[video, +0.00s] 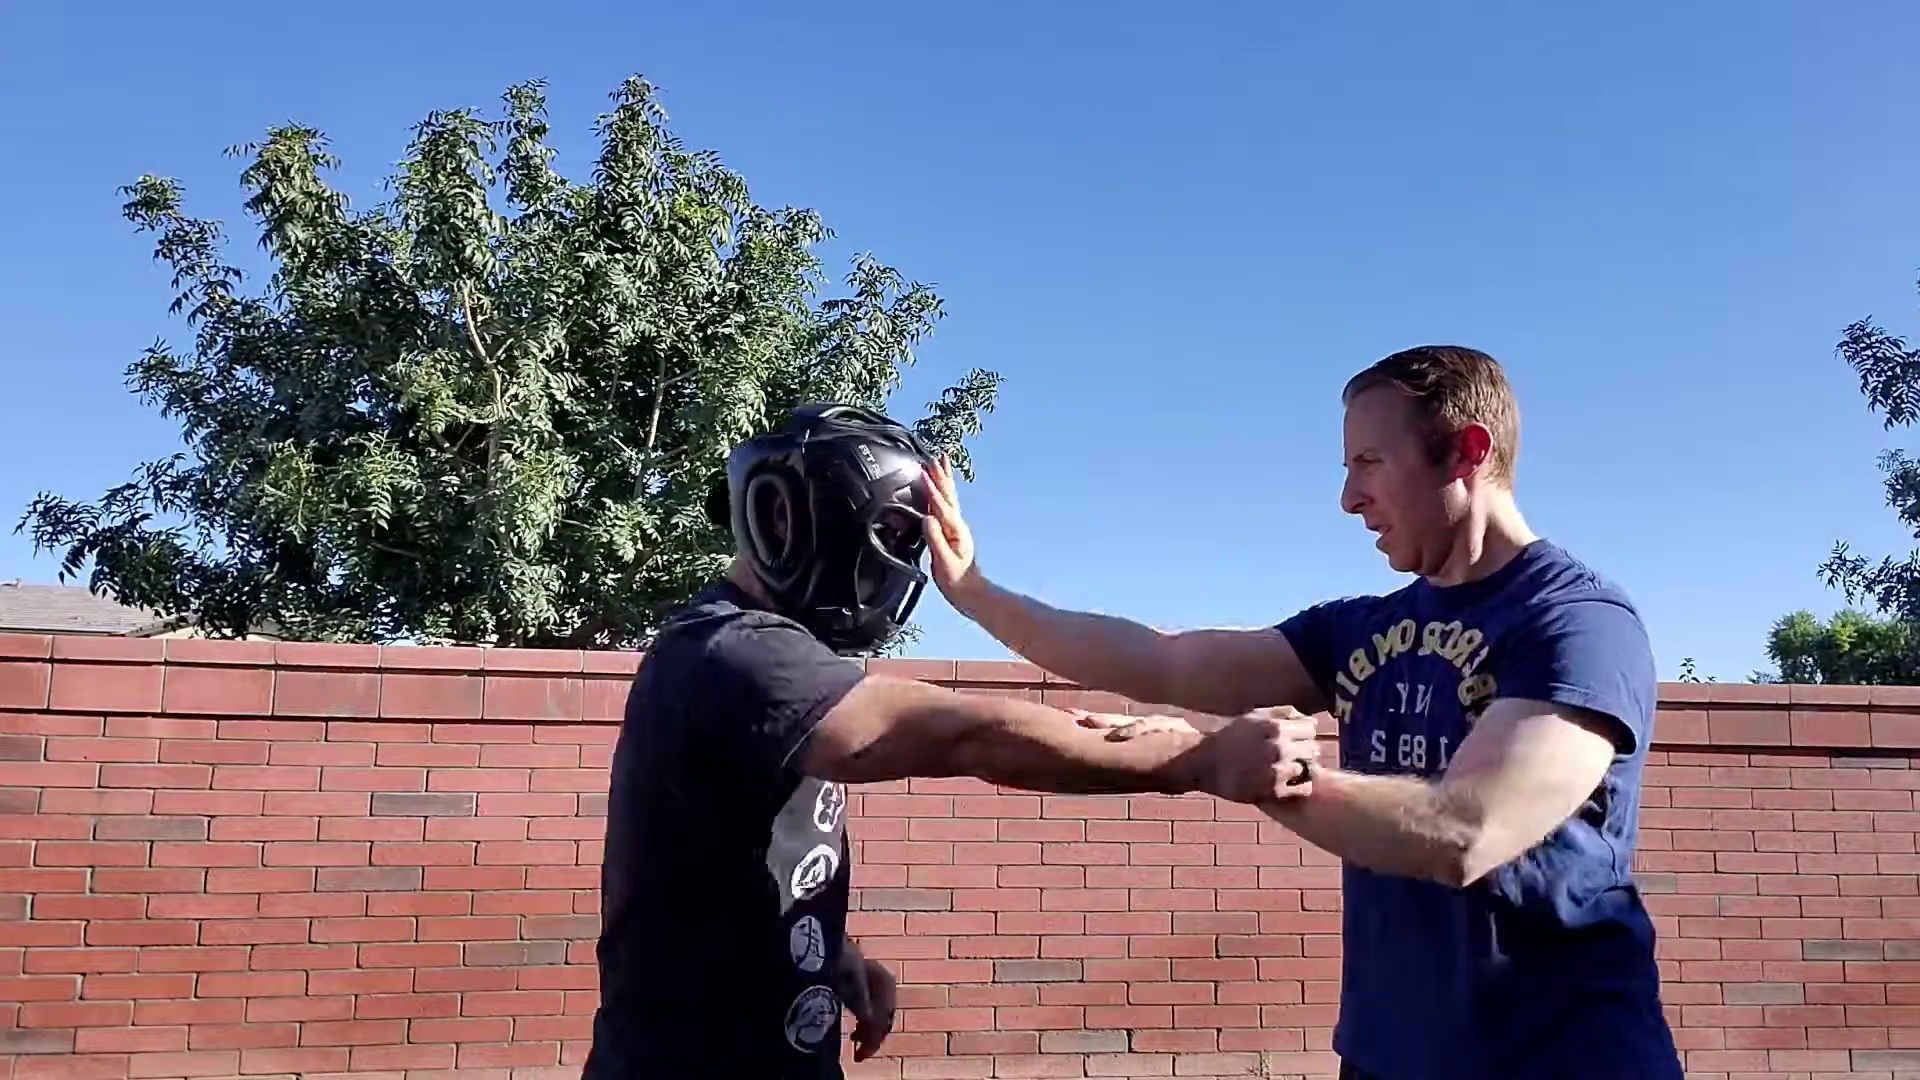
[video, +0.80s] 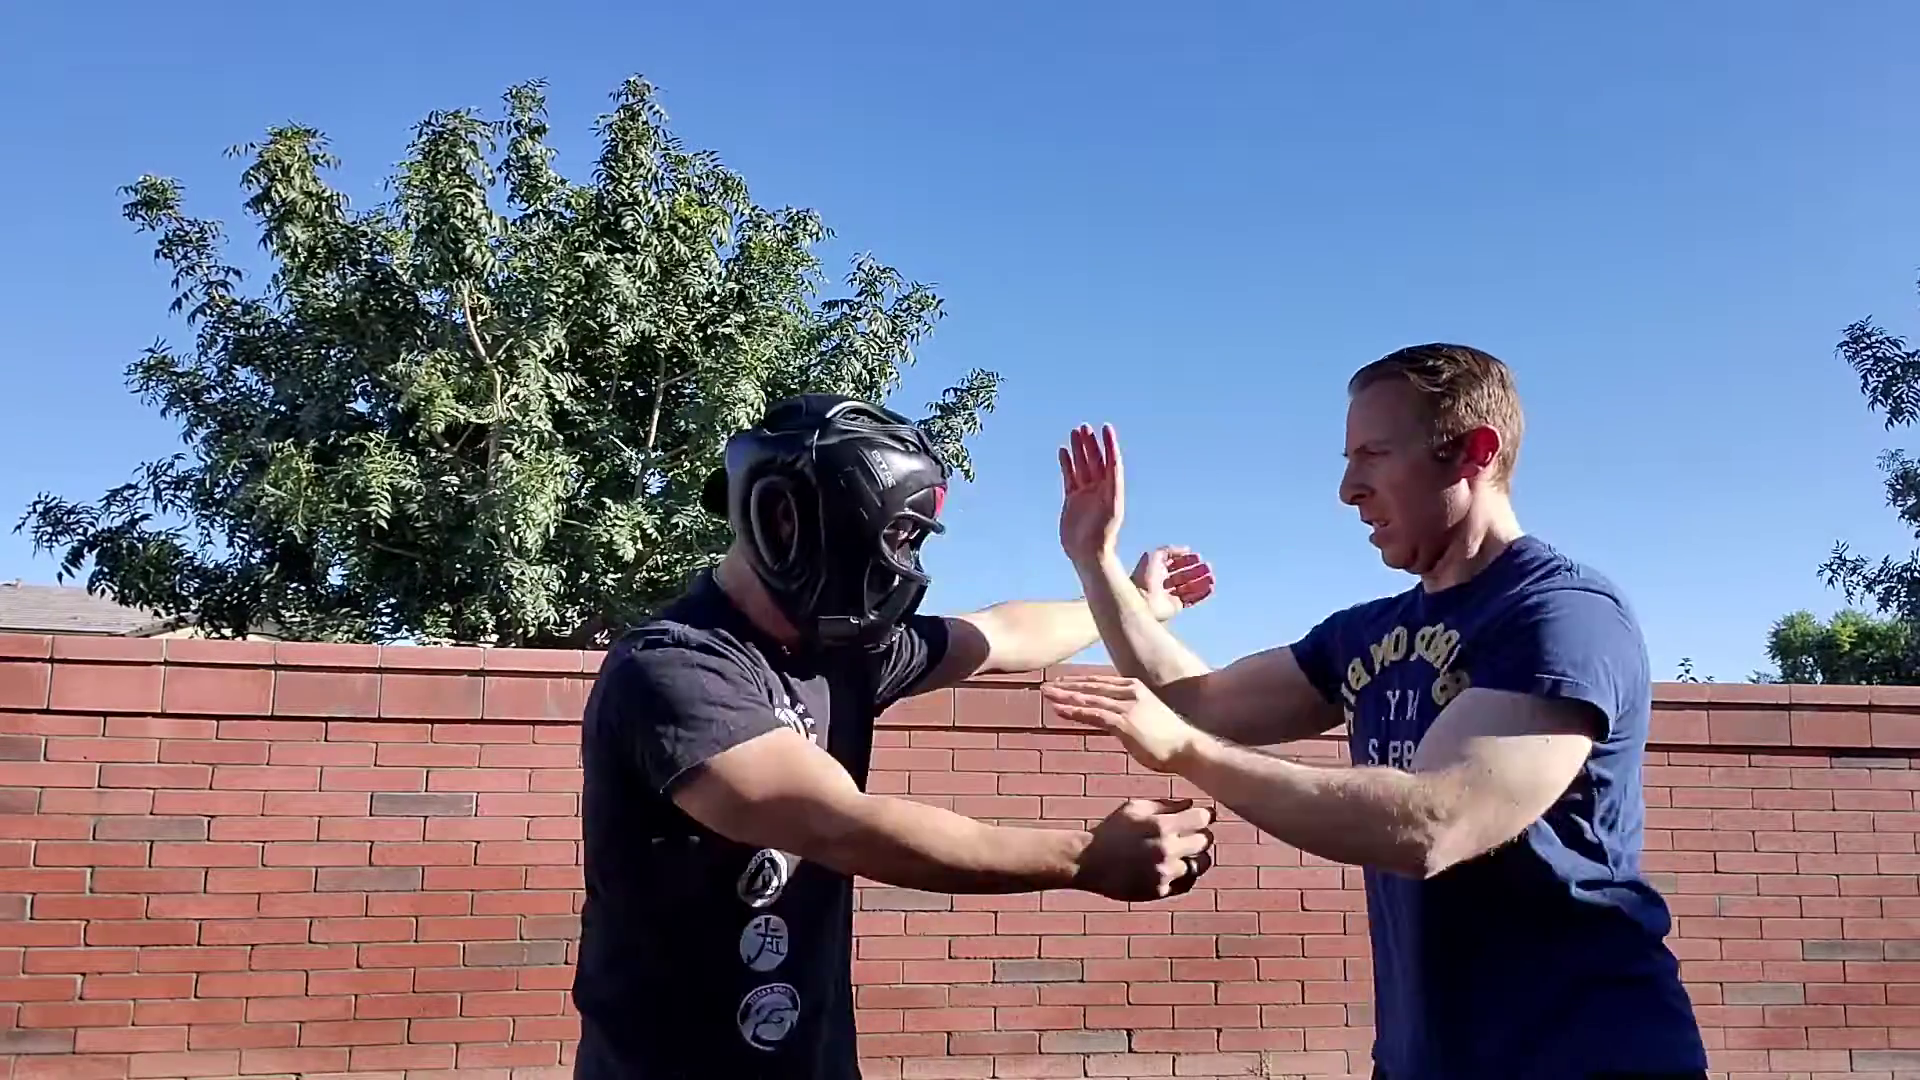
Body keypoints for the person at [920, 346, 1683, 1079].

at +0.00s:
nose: (1350, 497)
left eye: (1368, 463)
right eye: (1351, 468)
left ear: (1468, 458)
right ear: (1461, 463)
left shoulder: (1583, 623)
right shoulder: (1371, 631)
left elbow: (1458, 837)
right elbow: (1159, 665)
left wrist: (1261, 768)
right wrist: (970, 589)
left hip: (1562, 1053)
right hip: (1394, 1051)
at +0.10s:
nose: (1339, 494)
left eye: (1361, 460)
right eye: (1342, 464)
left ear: (1459, 456)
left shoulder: (1562, 616)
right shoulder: (1354, 641)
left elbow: (1399, 812)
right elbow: (1190, 764)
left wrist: (1168, 726)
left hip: (1552, 1049)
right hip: (1387, 1047)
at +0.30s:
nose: (1348, 513)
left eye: (1368, 480)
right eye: (1347, 485)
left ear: (1464, 469)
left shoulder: (1524, 603)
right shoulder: (1434, 670)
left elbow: (1214, 614)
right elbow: (1351, 871)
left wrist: (1002, 584)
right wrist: (1230, 899)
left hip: (1602, 1054)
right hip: (1467, 1054)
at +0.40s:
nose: (1344, 521)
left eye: (1364, 488)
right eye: (1341, 495)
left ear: (1461, 475)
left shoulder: (1534, 606)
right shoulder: (1420, 686)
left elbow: (1222, 616)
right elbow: (1347, 889)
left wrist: (1006, 580)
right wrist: (1233, 931)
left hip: (1621, 1055)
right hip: (1481, 1058)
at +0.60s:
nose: (1343, 503)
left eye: (1363, 471)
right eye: (1343, 476)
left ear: (1463, 466)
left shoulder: (1552, 610)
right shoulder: (1367, 654)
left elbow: (1406, 822)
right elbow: (1177, 720)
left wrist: (1227, 743)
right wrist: (1006, 648)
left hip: (1585, 1048)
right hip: (1429, 1050)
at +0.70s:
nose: (1351, 495)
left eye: (1373, 462)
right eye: (1352, 467)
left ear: (1472, 459)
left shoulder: (1582, 618)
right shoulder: (1359, 642)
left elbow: (1445, 836)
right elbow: (1161, 697)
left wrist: (1213, 839)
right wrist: (972, 619)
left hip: (1584, 1054)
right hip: (1411, 1057)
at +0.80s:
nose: (1347, 488)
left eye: (1371, 456)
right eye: (1350, 460)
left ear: (1472, 457)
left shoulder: (1569, 614)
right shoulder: (1374, 635)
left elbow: (1426, 825)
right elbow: (1193, 703)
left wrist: (1187, 748)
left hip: (1577, 1049)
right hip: (1426, 1049)